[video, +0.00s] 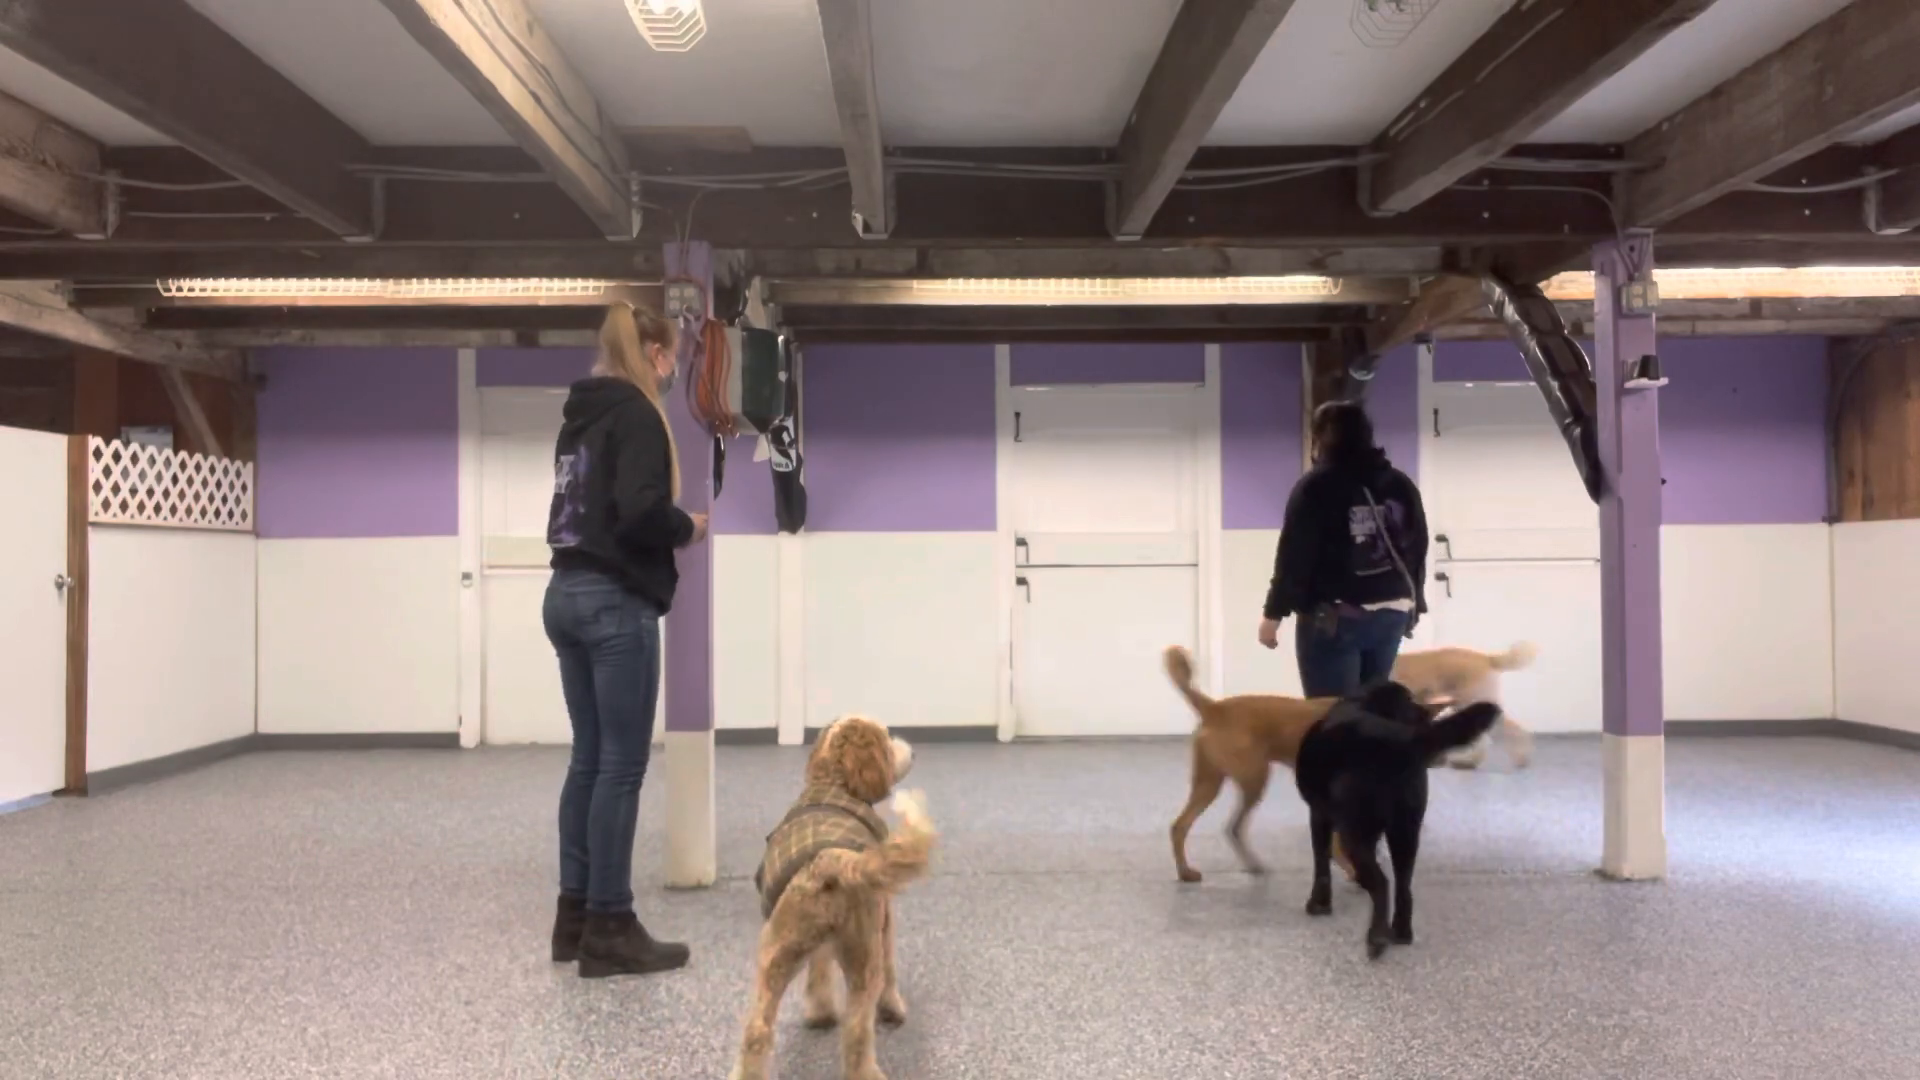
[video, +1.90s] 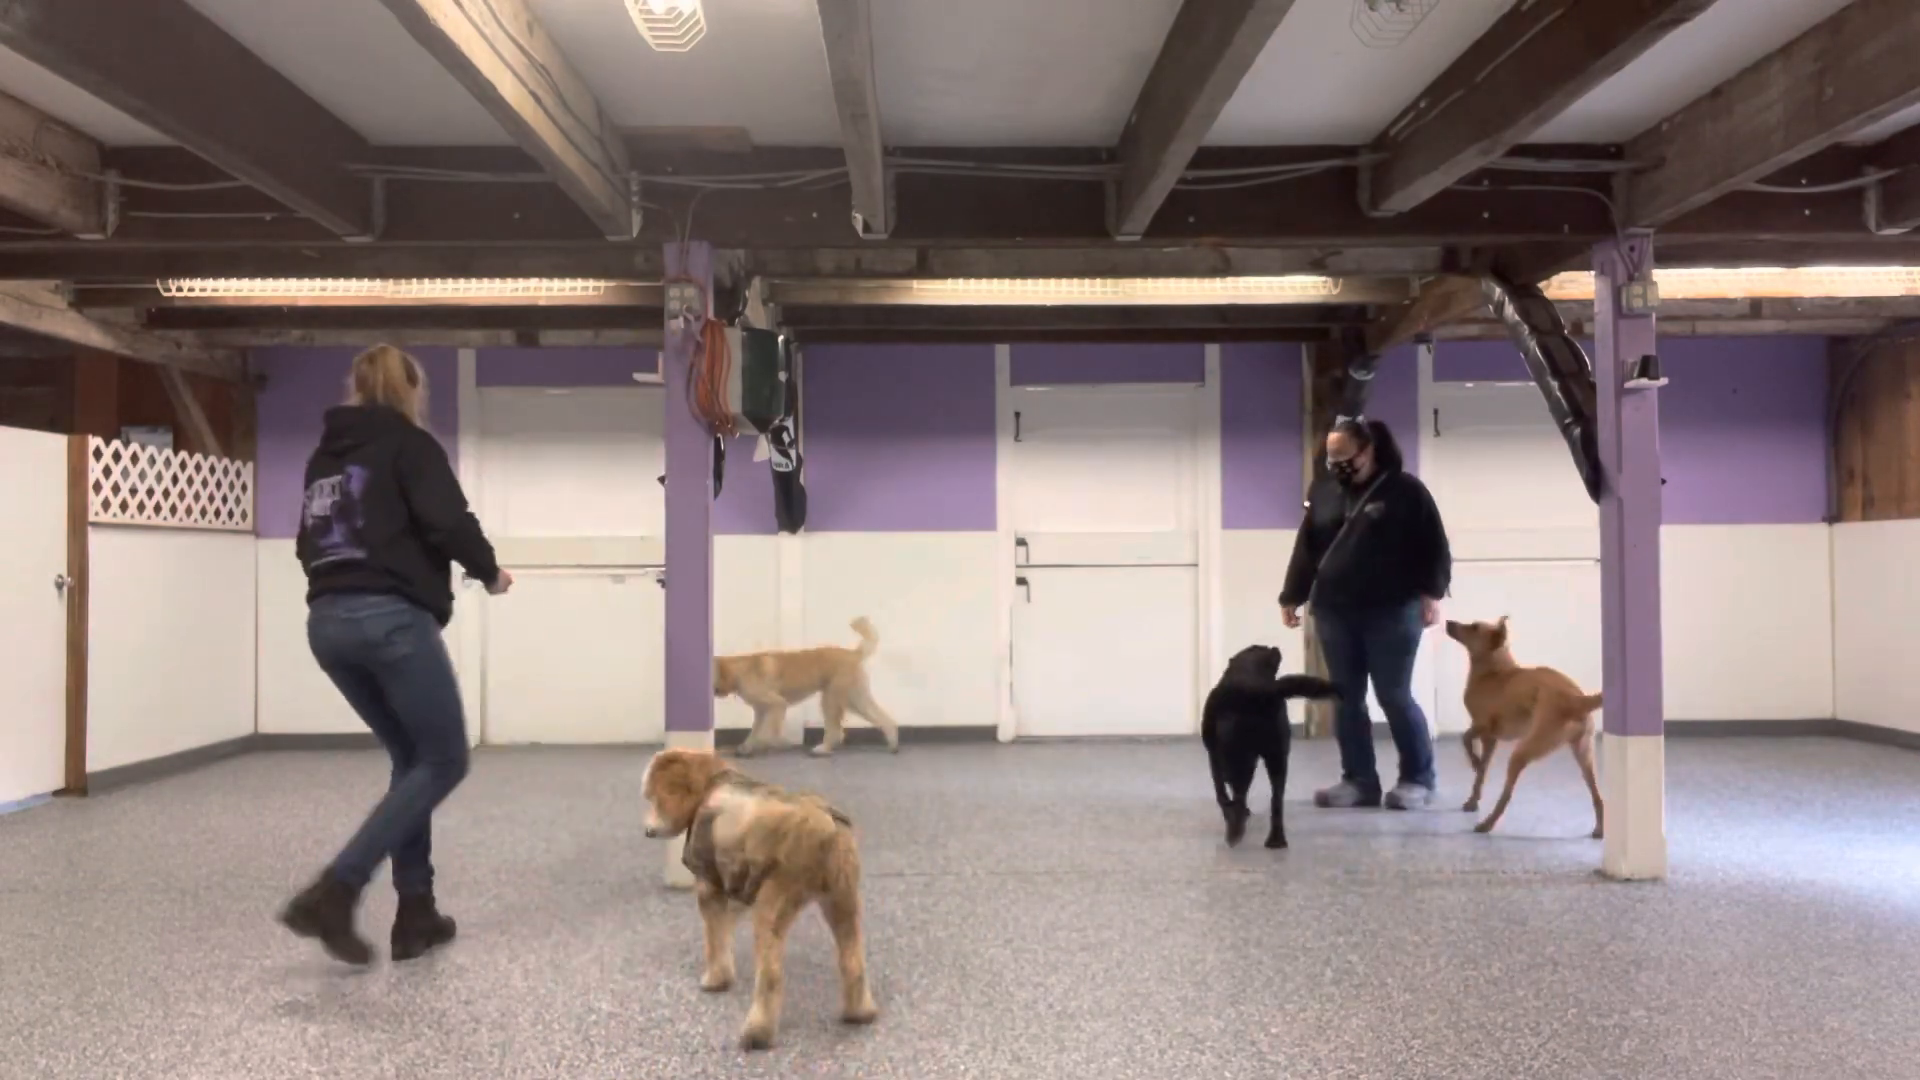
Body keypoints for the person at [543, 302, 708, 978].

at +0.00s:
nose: (671, 366)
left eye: (671, 355)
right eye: (669, 356)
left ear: (614, 348)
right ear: (652, 353)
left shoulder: (582, 414)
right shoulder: (639, 416)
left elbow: (579, 511)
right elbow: (639, 513)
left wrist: (653, 521)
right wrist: (687, 526)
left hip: (568, 593)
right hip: (616, 599)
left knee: (589, 760)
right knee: (621, 769)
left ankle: (576, 915)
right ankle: (611, 927)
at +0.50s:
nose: (671, 408)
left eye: (668, 399)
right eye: (668, 399)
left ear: (608, 395)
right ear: (659, 400)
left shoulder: (563, 444)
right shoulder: (647, 447)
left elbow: (547, 520)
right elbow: (653, 536)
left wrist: (604, 572)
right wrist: (645, 582)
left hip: (507, 599)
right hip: (568, 604)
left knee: (534, 752)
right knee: (620, 762)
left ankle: (478, 907)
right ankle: (611, 929)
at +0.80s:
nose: (572, 436)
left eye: (569, 428)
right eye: (572, 428)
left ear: (516, 423)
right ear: (565, 426)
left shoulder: (476, 469)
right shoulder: (565, 468)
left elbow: (462, 540)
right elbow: (574, 543)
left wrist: (533, 594)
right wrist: (572, 597)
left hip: (428, 611)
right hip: (496, 610)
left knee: (450, 756)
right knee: (570, 763)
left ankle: (415, 915)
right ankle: (605, 926)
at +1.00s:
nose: (537, 449)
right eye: (535, 440)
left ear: (480, 437)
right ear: (529, 441)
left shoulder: (442, 484)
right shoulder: (537, 477)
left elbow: (421, 555)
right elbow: (558, 550)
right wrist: (541, 609)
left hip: (411, 612)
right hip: (486, 609)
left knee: (436, 759)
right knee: (556, 763)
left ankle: (414, 915)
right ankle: (590, 926)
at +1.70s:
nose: (448, 417)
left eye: (445, 408)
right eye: (446, 408)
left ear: (387, 409)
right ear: (436, 406)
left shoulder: (354, 470)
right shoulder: (443, 457)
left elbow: (332, 561)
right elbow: (478, 530)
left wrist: (373, 598)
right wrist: (520, 579)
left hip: (356, 629)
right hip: (426, 619)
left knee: (427, 759)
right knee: (512, 758)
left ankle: (415, 915)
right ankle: (534, 920)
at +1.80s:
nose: (437, 408)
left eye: (434, 399)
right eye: (435, 398)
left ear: (372, 397)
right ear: (422, 397)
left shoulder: (341, 460)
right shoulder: (424, 450)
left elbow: (327, 549)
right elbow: (459, 524)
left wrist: (378, 579)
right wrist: (504, 572)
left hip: (343, 623)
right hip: (409, 616)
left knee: (420, 757)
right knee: (487, 754)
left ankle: (414, 912)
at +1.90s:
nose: (421, 398)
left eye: (419, 388)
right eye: (419, 388)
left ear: (358, 389)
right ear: (409, 388)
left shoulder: (326, 451)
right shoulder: (410, 444)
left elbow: (312, 540)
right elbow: (446, 521)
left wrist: (357, 579)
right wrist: (489, 569)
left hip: (328, 620)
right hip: (393, 616)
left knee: (410, 761)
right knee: (446, 759)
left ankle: (414, 913)